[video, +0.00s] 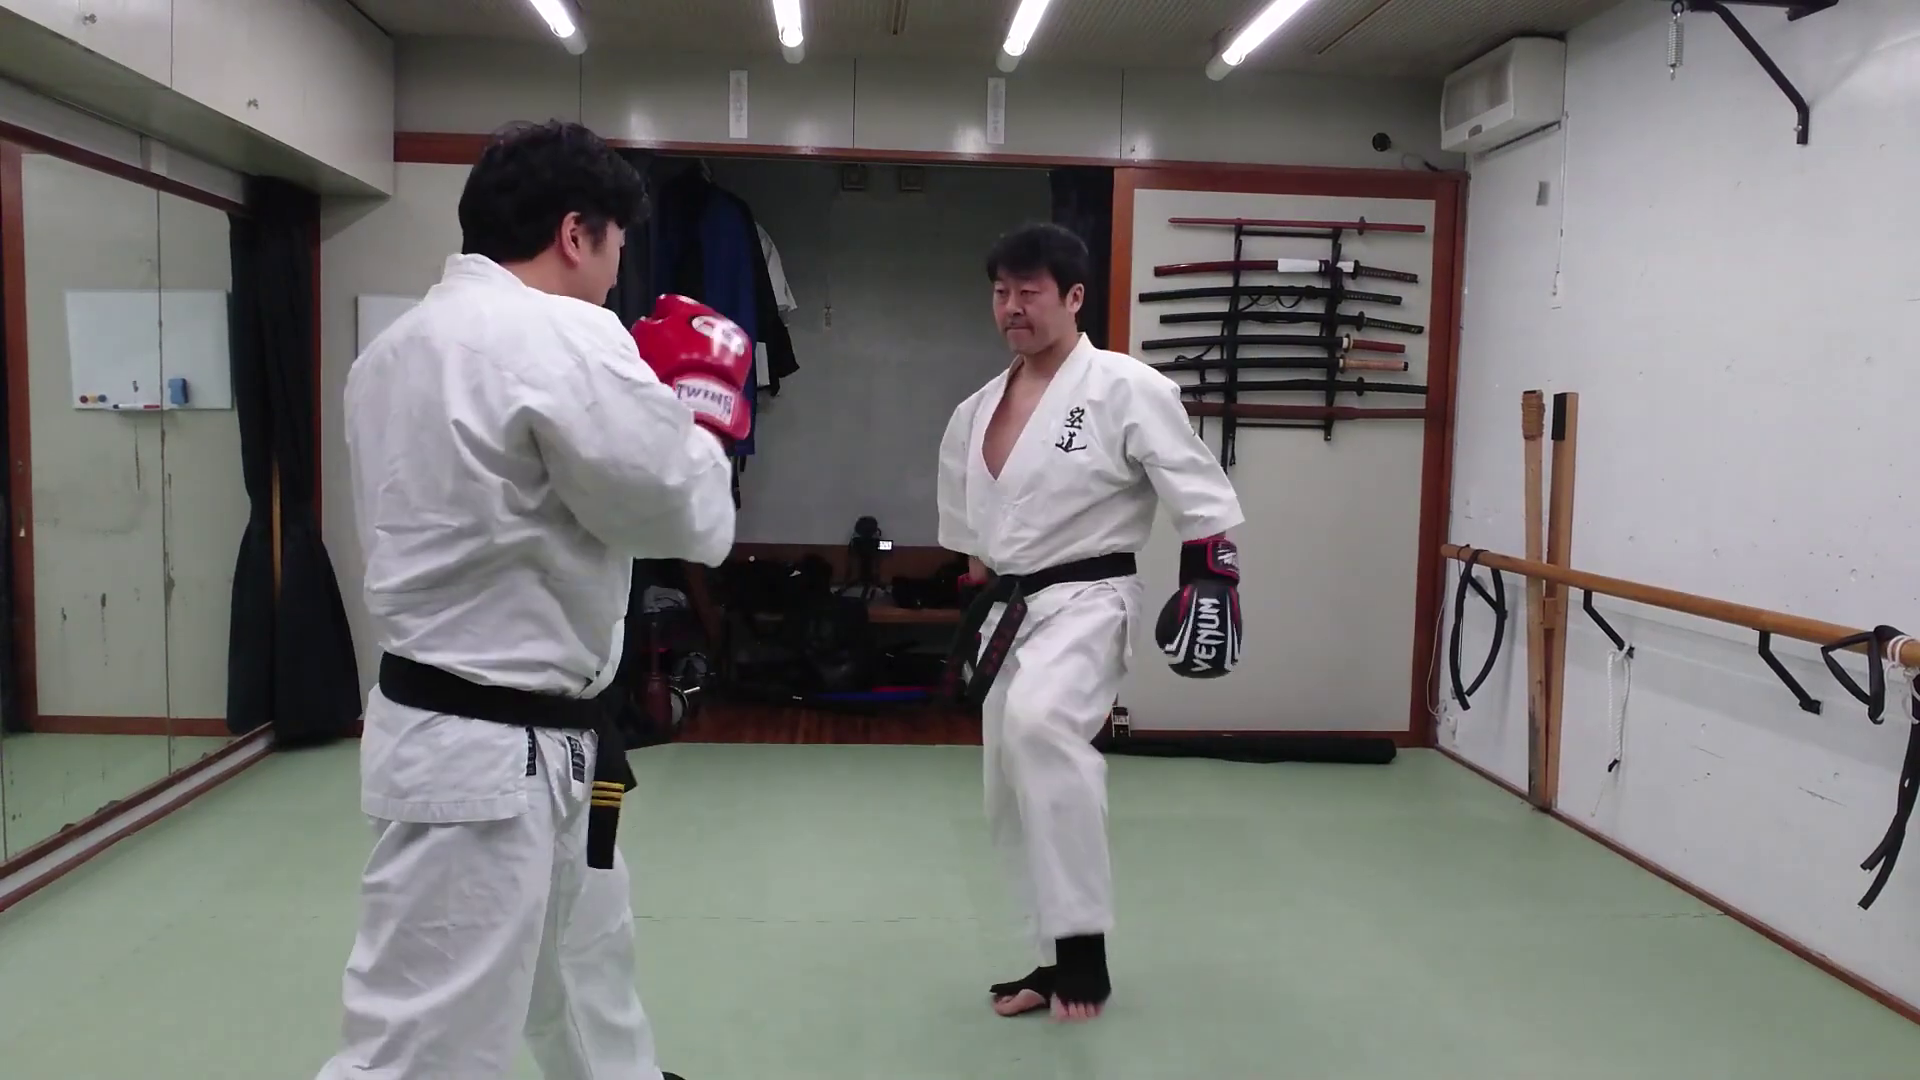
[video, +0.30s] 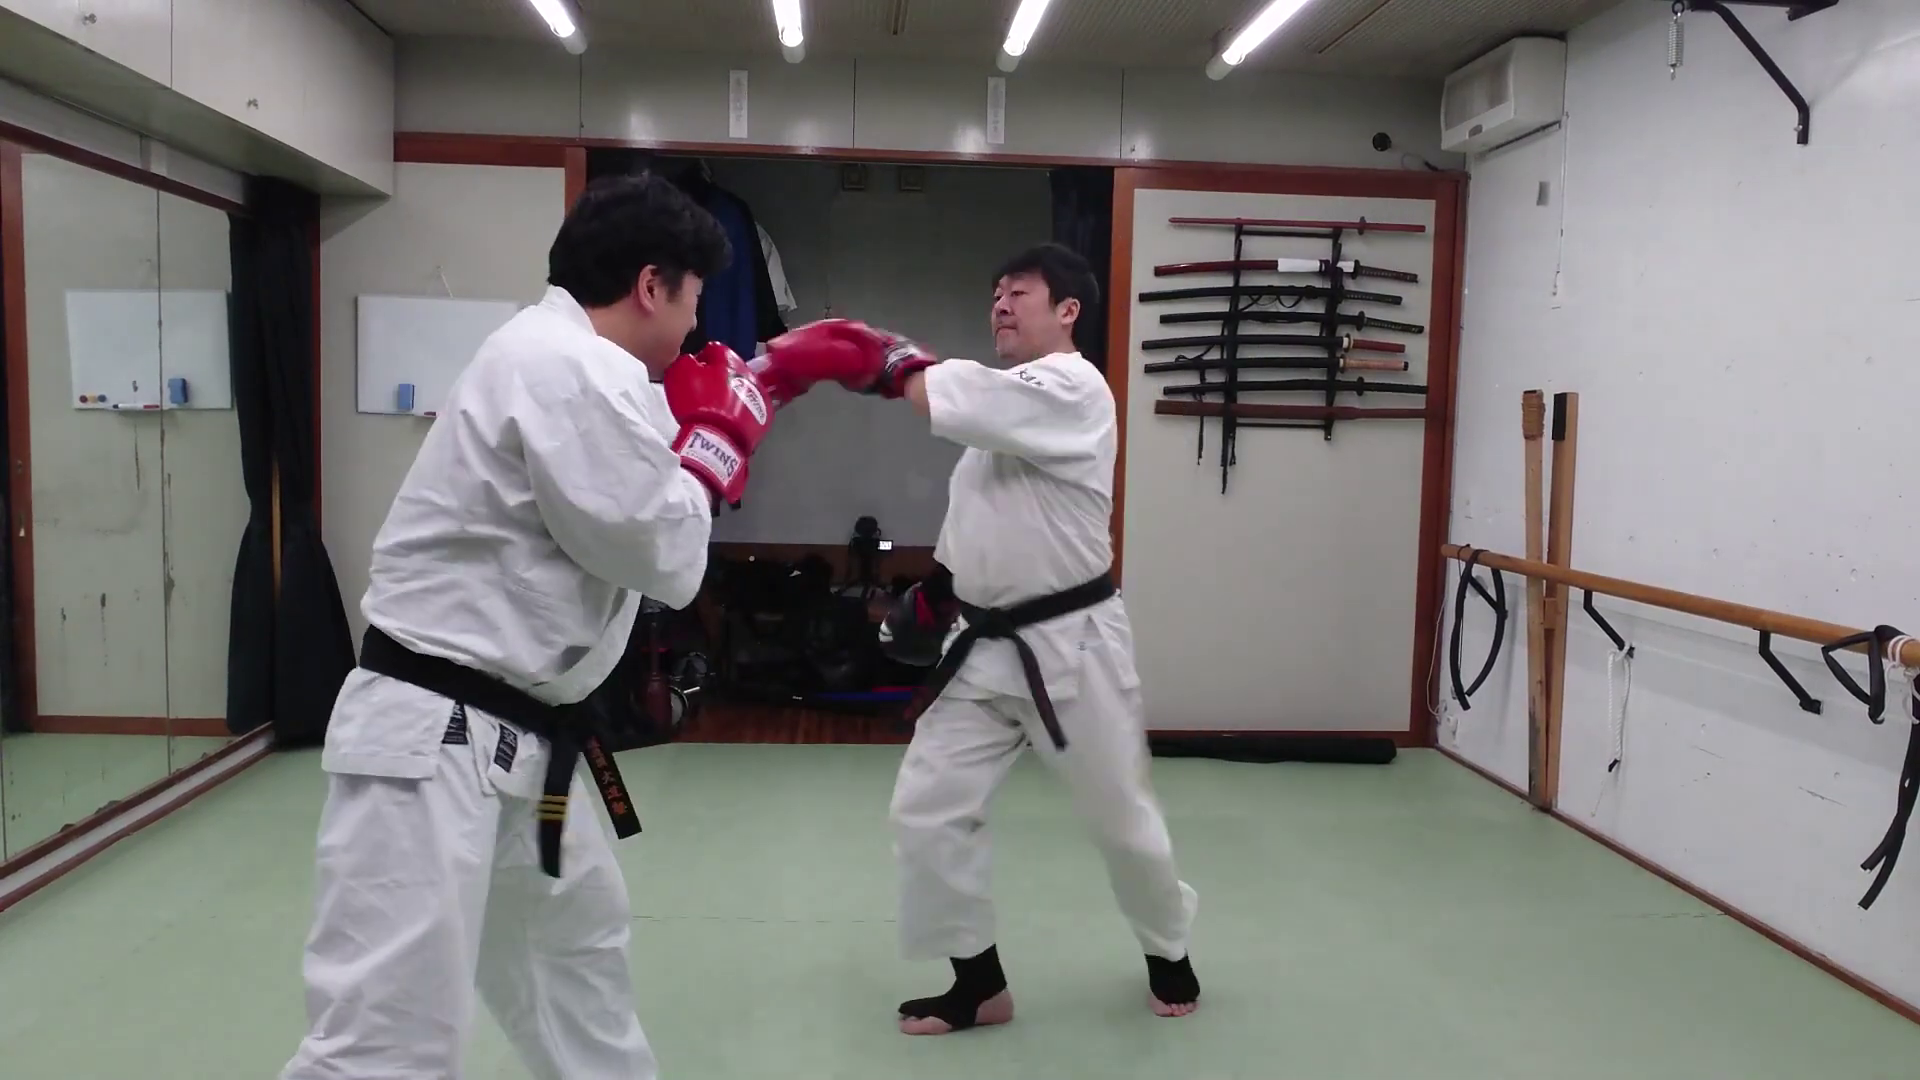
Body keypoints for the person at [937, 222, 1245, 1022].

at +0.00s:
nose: (1011, 308)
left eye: (1029, 293)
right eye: (1001, 293)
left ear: (1074, 298)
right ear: (992, 302)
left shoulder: (1125, 387)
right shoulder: (978, 410)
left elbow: (1201, 488)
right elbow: (978, 539)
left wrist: (1210, 579)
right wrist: (981, 624)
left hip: (1088, 599)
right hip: (1013, 608)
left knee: (1035, 724)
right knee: (1009, 773)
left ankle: (1082, 953)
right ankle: (1057, 960)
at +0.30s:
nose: (998, 302)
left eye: (1018, 291)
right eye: (998, 293)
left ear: (1066, 310)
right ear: (1001, 315)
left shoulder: (1076, 387)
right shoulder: (1007, 394)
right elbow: (989, 523)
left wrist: (879, 361)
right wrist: (933, 593)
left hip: (1075, 636)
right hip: (985, 640)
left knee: (1124, 823)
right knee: (926, 808)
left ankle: (1166, 953)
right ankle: (978, 980)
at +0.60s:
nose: (991, 382)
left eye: (1000, 365)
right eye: (984, 372)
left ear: (1048, 354)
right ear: (1052, 367)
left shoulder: (1037, 397)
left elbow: (1042, 484)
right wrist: (888, 515)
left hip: (970, 569)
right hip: (971, 657)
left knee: (829, 535)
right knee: (911, 813)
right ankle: (944, 1007)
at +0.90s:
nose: (993, 343)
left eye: (1002, 324)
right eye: (988, 330)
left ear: (1055, 316)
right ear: (1046, 326)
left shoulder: (1062, 389)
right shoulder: (1048, 401)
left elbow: (1038, 516)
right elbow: (986, 522)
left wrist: (964, 544)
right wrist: (893, 530)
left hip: (972, 602)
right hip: (1002, 618)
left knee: (853, 752)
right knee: (946, 813)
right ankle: (944, 1010)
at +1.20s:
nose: (1005, 333)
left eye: (1012, 311)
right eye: (1001, 316)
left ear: (1060, 292)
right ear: (1063, 296)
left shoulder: (1085, 368)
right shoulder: (1068, 362)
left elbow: (926, 407)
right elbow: (953, 384)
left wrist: (833, 344)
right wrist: (888, 317)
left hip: (1068, 637)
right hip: (1015, 633)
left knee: (1024, 847)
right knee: (958, 813)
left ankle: (1023, 1051)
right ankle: (994, 981)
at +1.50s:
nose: (1085, 328)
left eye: (1094, 309)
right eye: (1080, 313)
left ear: (1152, 298)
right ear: (1140, 304)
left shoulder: (1199, 395)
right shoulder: (1107, 387)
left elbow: (1193, 536)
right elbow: (998, 431)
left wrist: (1081, 540)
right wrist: (931, 388)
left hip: (1155, 647)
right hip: (1121, 640)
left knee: (1082, 849)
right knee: (1202, 819)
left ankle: (1023, 1051)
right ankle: (1278, 984)